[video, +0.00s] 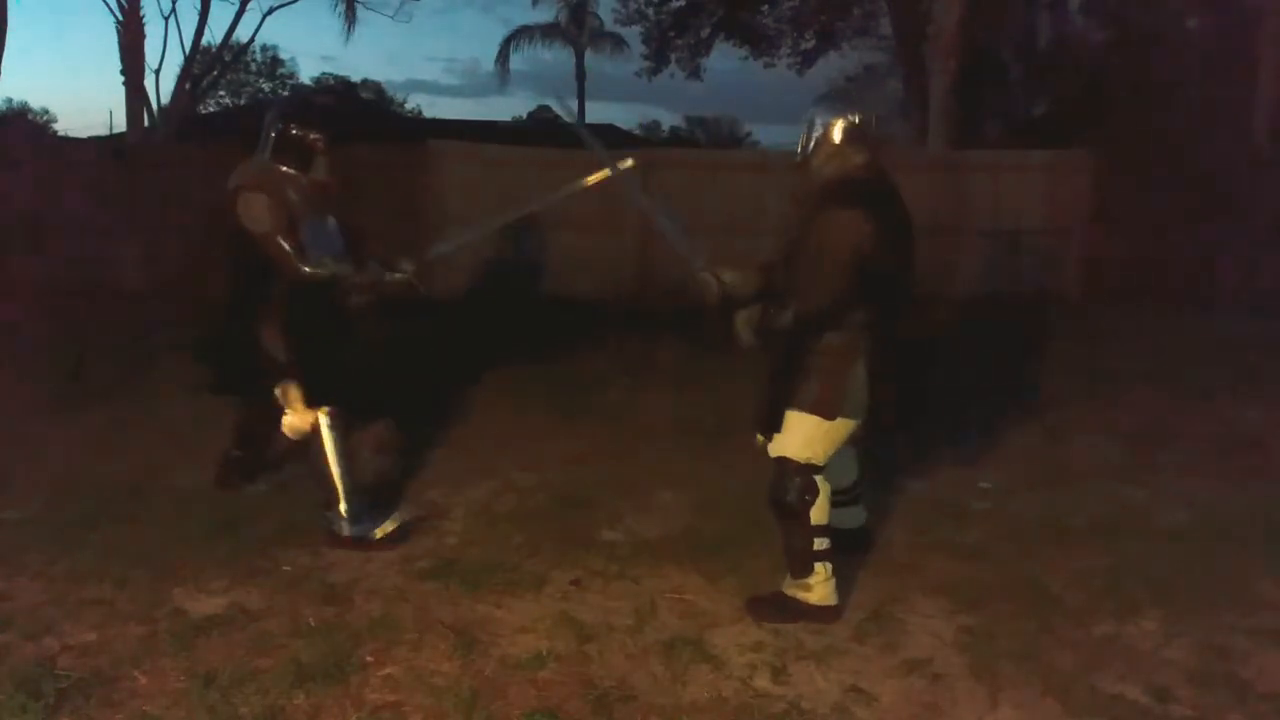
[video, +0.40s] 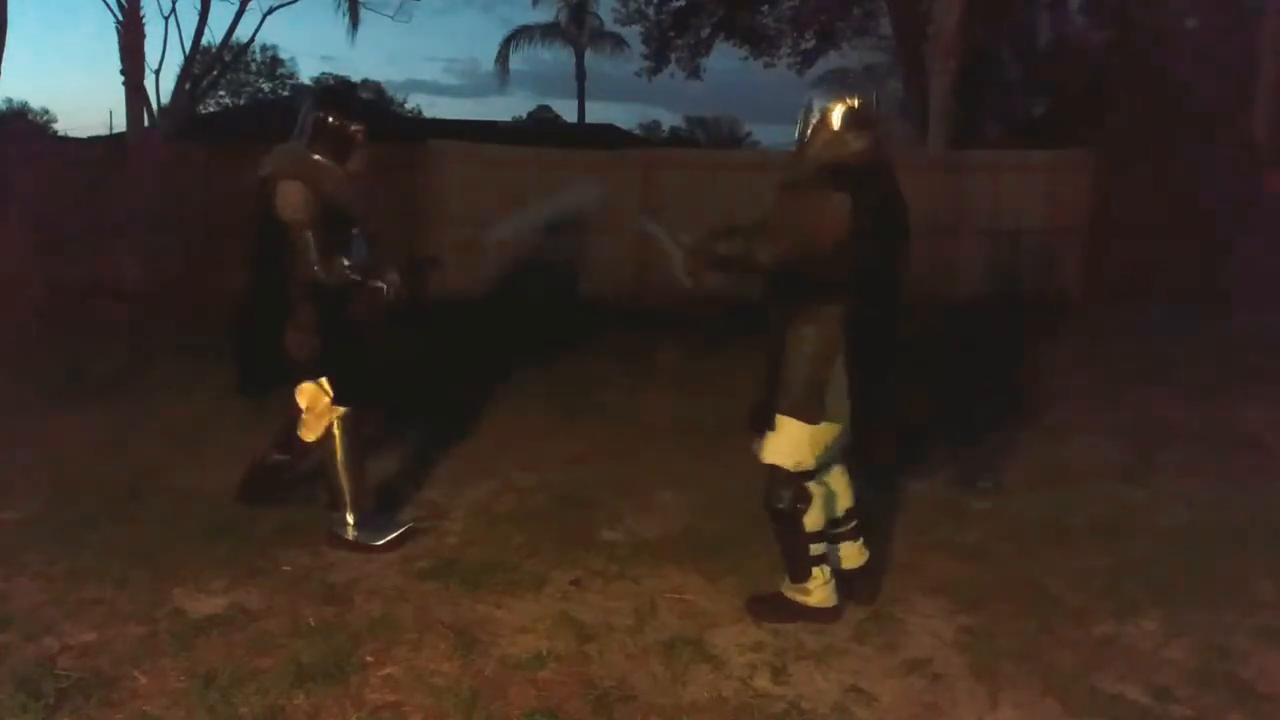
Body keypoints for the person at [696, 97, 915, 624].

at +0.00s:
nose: (807, 160)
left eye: (814, 149)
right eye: (809, 149)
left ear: (835, 150)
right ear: (858, 151)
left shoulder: (844, 208)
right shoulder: (869, 199)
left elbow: (822, 291)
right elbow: (803, 266)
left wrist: (770, 318)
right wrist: (749, 283)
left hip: (833, 353)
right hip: (853, 345)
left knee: (795, 467)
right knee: (831, 442)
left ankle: (811, 588)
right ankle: (849, 527)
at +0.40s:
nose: (802, 139)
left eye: (811, 128)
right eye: (807, 127)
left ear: (830, 132)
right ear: (864, 134)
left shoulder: (833, 191)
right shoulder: (872, 187)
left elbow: (789, 256)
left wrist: (719, 257)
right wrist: (729, 248)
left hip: (820, 340)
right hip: (849, 335)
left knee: (789, 475)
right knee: (824, 454)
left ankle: (810, 591)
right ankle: (850, 561)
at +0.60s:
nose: (795, 147)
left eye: (803, 137)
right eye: (802, 137)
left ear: (818, 140)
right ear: (851, 143)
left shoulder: (824, 190)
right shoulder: (852, 188)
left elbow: (760, 236)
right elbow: (765, 229)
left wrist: (691, 225)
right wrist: (702, 222)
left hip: (799, 337)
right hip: (827, 335)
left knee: (732, 455)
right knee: (800, 455)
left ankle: (736, 597)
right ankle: (843, 567)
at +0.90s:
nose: (751, 145)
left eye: (763, 133)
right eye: (760, 133)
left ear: (782, 141)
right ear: (788, 142)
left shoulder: (779, 202)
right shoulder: (782, 191)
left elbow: (711, 263)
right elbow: (708, 238)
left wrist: (635, 268)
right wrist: (633, 230)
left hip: (735, 348)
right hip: (760, 342)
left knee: (666, 477)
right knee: (748, 463)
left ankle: (681, 613)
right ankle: (829, 552)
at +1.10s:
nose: (711, 132)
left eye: (719, 120)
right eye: (718, 120)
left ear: (733, 125)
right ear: (769, 129)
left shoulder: (736, 193)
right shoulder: (773, 183)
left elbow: (673, 257)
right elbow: (678, 212)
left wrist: (600, 239)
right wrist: (610, 198)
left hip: (710, 345)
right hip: (746, 337)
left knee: (661, 486)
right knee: (708, 442)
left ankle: (678, 612)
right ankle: (743, 526)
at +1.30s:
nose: (695, 132)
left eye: (706, 122)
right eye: (700, 121)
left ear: (724, 125)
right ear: (743, 126)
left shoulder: (731, 188)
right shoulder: (726, 178)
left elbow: (658, 246)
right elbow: (645, 171)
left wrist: (596, 211)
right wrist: (577, 147)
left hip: (706, 341)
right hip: (694, 335)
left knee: (666, 475)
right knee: (667, 464)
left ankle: (681, 607)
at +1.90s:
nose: (693, 125)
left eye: (702, 115)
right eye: (698, 115)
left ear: (722, 119)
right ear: (751, 122)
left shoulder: (725, 185)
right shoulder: (746, 179)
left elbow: (673, 244)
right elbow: (671, 226)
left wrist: (597, 238)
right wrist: (602, 224)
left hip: (698, 345)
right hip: (711, 340)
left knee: (659, 475)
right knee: (673, 470)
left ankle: (682, 609)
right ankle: (684, 603)